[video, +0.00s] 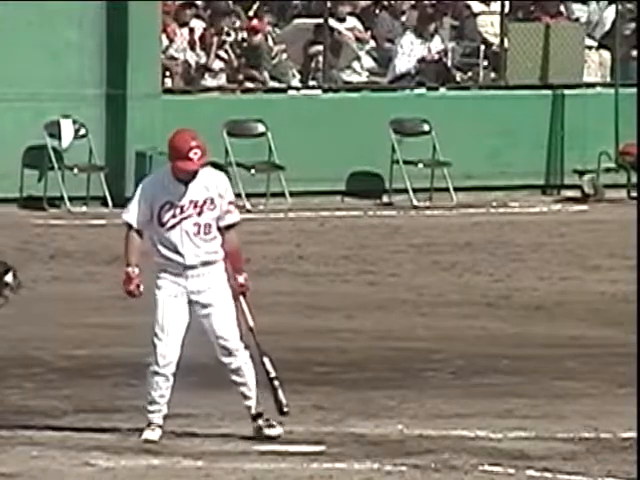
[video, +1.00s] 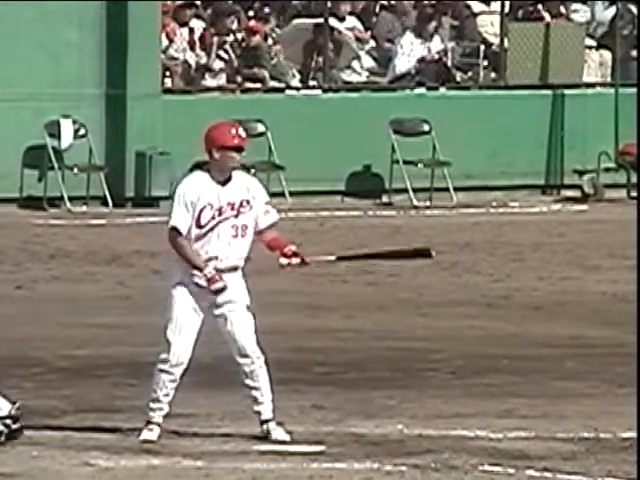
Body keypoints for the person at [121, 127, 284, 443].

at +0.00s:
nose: (195, 170)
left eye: (198, 164)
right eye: (188, 166)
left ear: (202, 157)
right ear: (172, 162)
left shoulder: (215, 180)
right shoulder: (151, 186)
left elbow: (229, 229)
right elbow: (134, 227)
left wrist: (239, 272)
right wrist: (132, 267)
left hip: (211, 275)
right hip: (170, 278)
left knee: (230, 345)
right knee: (164, 354)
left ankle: (257, 413)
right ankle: (154, 422)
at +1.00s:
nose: (238, 155)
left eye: (239, 150)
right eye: (232, 150)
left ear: (239, 152)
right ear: (213, 153)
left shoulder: (248, 184)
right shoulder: (191, 186)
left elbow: (266, 229)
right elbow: (176, 235)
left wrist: (284, 249)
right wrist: (202, 267)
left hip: (232, 280)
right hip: (192, 280)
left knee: (248, 351)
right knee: (176, 354)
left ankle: (268, 420)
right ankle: (154, 421)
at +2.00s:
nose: (222, 149)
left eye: (223, 144)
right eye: (215, 145)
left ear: (223, 146)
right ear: (197, 148)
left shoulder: (235, 181)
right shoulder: (173, 182)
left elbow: (238, 227)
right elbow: (155, 232)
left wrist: (207, 219)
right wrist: (174, 217)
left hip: (222, 274)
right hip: (183, 276)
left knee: (241, 350)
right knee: (171, 355)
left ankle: (268, 421)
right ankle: (155, 421)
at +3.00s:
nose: (244, 153)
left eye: (244, 148)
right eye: (237, 149)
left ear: (240, 151)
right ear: (218, 154)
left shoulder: (246, 180)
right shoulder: (210, 186)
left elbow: (262, 223)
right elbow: (247, 225)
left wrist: (287, 245)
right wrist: (290, 242)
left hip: (230, 279)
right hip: (197, 279)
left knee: (249, 351)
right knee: (182, 354)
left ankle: (268, 421)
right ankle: (155, 422)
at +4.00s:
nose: (222, 148)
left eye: (222, 143)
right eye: (215, 144)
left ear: (221, 146)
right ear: (195, 149)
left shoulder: (233, 180)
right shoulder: (172, 181)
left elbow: (221, 221)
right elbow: (155, 231)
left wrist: (183, 204)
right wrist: (159, 203)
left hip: (221, 275)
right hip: (181, 276)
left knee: (241, 350)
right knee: (170, 357)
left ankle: (267, 421)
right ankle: (155, 421)